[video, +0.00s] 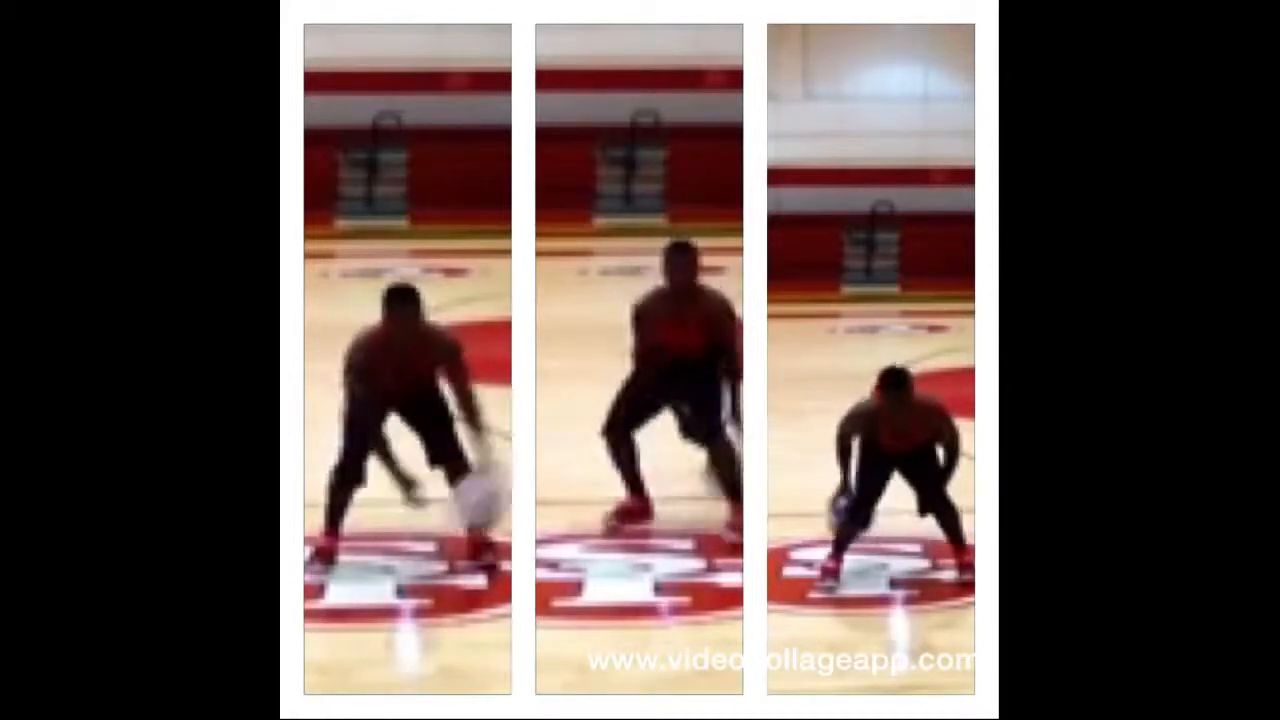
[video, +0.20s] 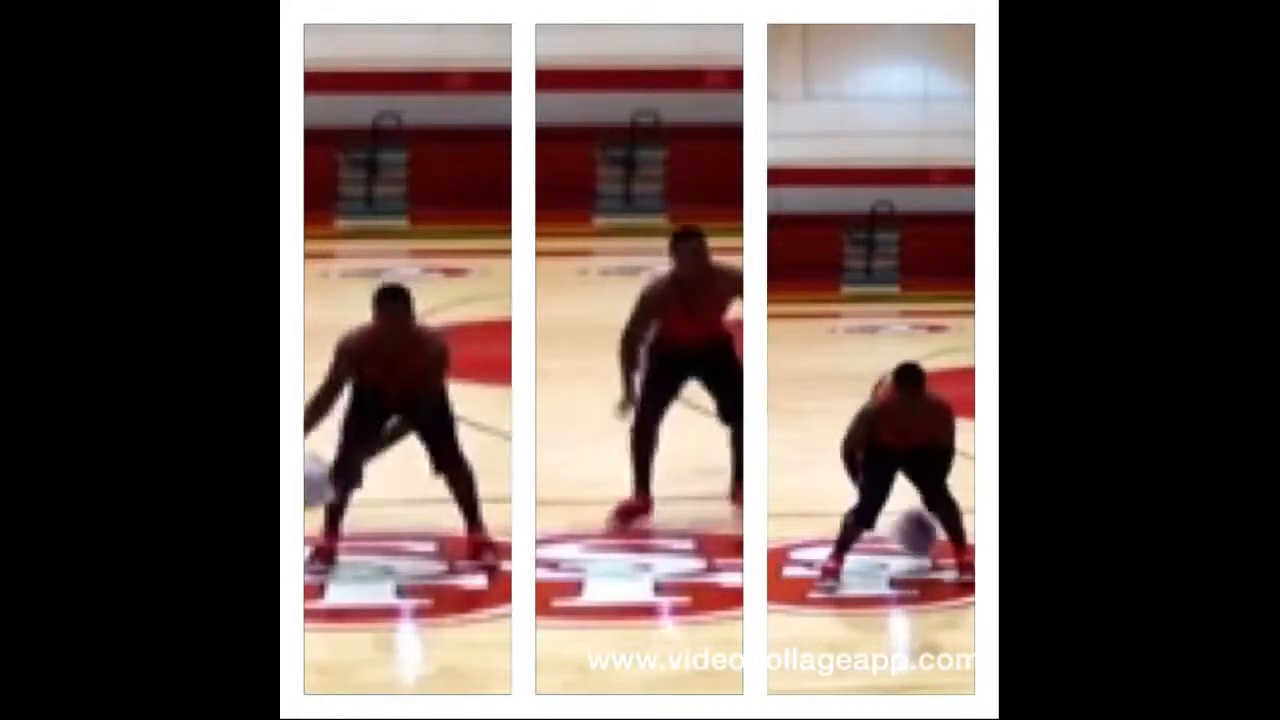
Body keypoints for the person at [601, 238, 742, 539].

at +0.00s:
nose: (680, 277)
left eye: (686, 269)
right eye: (674, 269)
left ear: (696, 270)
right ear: (665, 271)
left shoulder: (716, 308)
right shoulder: (648, 309)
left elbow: (733, 362)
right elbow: (643, 360)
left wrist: (736, 407)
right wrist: (639, 396)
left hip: (701, 381)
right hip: (656, 379)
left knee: (713, 438)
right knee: (616, 430)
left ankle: (739, 507)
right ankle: (638, 499)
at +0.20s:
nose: (691, 263)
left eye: (696, 255)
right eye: (683, 256)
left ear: (706, 254)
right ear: (673, 258)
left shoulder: (727, 281)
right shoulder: (659, 292)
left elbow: (758, 302)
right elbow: (631, 337)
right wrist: (628, 389)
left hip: (714, 351)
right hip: (669, 354)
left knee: (742, 417)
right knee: (644, 421)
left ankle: (740, 491)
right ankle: (641, 497)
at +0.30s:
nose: (691, 272)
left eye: (696, 264)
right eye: (684, 264)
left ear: (707, 262)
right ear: (674, 266)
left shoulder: (727, 294)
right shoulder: (659, 304)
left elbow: (755, 331)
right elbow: (637, 356)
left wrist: (754, 391)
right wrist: (633, 409)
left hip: (720, 358)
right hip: (676, 360)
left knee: (750, 432)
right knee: (658, 430)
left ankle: (745, 496)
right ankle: (651, 503)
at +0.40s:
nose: (687, 285)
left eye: (693, 277)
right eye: (680, 278)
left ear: (704, 277)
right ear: (672, 279)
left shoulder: (726, 312)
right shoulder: (662, 318)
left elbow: (744, 363)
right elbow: (655, 371)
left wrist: (732, 417)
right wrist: (656, 414)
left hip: (727, 374)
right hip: (687, 377)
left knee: (756, 430)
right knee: (670, 444)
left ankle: (744, 485)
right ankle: (654, 509)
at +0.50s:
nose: (681, 276)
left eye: (688, 269)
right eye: (676, 269)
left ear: (700, 269)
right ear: (669, 270)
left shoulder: (725, 305)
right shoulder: (662, 305)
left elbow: (741, 357)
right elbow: (652, 347)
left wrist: (722, 401)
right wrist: (640, 385)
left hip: (728, 371)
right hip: (687, 371)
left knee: (751, 436)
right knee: (669, 434)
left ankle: (746, 481)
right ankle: (653, 508)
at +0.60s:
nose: (682, 267)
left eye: (689, 260)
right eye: (677, 260)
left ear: (704, 260)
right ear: (671, 259)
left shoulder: (726, 295)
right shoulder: (660, 287)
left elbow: (749, 343)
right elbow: (634, 320)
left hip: (729, 359)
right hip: (686, 357)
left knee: (742, 425)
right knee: (659, 429)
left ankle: (764, 495)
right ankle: (650, 506)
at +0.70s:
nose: (690, 267)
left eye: (697, 261)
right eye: (686, 259)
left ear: (710, 261)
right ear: (679, 260)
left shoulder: (731, 298)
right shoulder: (663, 291)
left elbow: (751, 345)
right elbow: (637, 327)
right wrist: (614, 361)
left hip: (726, 362)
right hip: (683, 357)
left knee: (734, 430)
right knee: (644, 426)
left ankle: (754, 490)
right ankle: (653, 487)